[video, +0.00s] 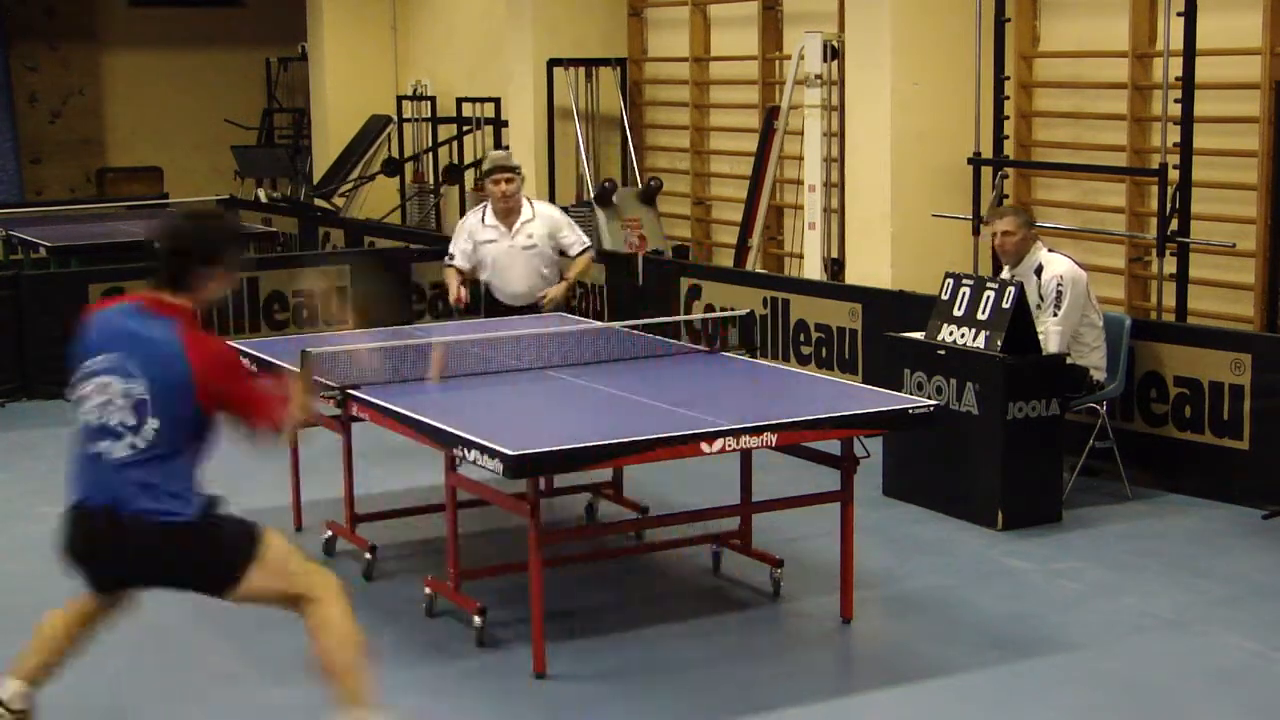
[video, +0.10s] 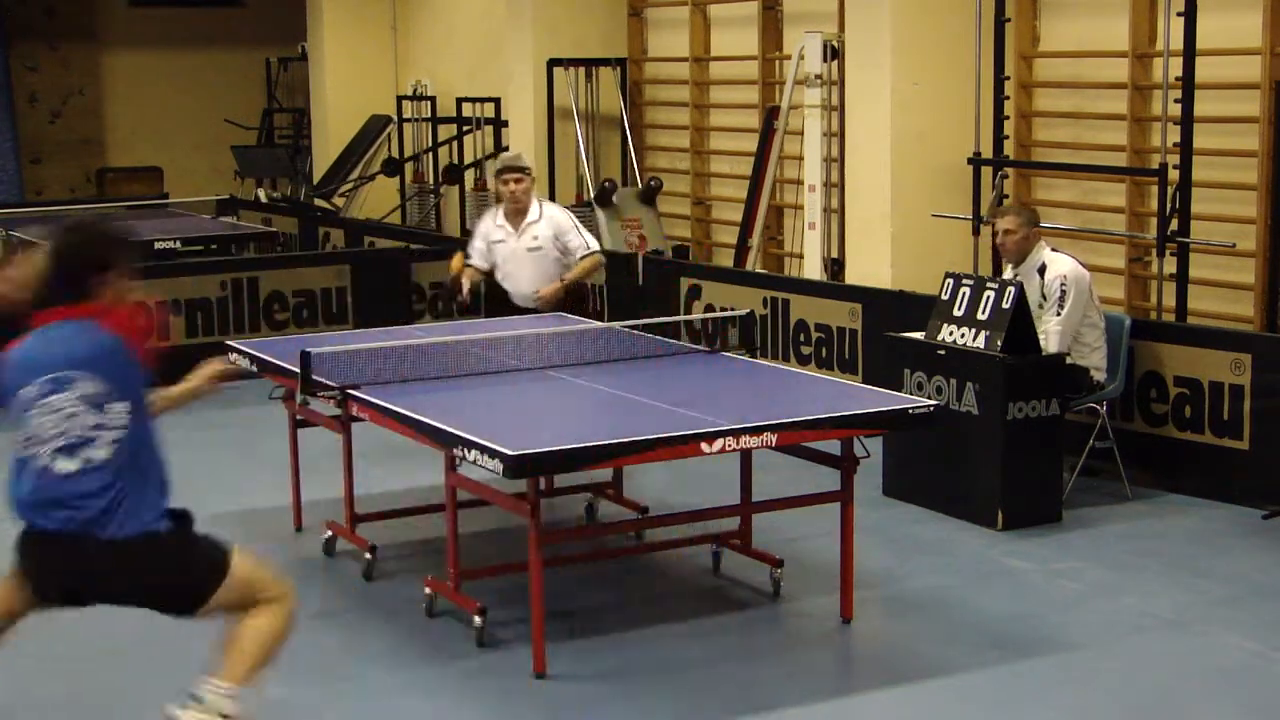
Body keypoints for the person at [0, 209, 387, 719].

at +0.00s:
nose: (230, 283)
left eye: (232, 271)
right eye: (228, 271)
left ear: (167, 262)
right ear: (207, 274)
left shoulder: (97, 320)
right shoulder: (197, 349)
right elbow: (278, 415)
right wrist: (299, 393)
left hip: (90, 530)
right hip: (169, 534)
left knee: (108, 596)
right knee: (318, 588)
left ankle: (14, 693)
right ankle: (361, 710)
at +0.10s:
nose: (131, 290)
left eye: (129, 277)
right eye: (124, 277)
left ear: (58, 279)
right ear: (101, 282)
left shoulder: (16, 358)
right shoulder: (109, 344)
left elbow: (99, 416)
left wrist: (187, 388)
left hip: (49, 557)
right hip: (135, 552)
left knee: (7, 604)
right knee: (273, 596)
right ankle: (215, 699)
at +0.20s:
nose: (26, 308)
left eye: (17, 300)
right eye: (26, 300)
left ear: (14, 311)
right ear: (22, 308)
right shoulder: (68, 360)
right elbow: (73, 451)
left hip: (13, 568)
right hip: (94, 556)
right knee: (210, 622)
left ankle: (189, 705)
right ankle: (189, 704)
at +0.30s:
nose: (2, 302)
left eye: (1, 292)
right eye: (3, 292)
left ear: (5, 296)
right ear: (5, 298)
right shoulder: (60, 357)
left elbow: (126, 454)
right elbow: (125, 455)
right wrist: (64, 456)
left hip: (4, 561)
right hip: (71, 548)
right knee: (166, 628)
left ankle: (171, 709)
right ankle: (172, 709)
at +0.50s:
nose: (79, 230)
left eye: (72, 221)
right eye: (78, 223)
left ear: (6, 231)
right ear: (71, 234)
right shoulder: (100, 308)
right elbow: (168, 421)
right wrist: (124, 383)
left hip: (4, 505)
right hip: (56, 510)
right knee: (182, 604)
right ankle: (176, 716)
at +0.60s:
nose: (106, 235)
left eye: (104, 225)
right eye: (105, 226)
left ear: (31, 227)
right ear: (97, 237)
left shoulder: (3, 290)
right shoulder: (106, 321)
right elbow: (160, 440)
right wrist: (174, 384)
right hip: (50, 515)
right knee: (185, 636)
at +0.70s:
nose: (135, 255)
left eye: (133, 244)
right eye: (135, 245)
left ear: (55, 242)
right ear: (123, 254)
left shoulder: (4, 311)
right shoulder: (118, 335)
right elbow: (187, 458)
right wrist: (214, 400)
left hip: (1, 541)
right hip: (75, 546)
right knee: (190, 696)